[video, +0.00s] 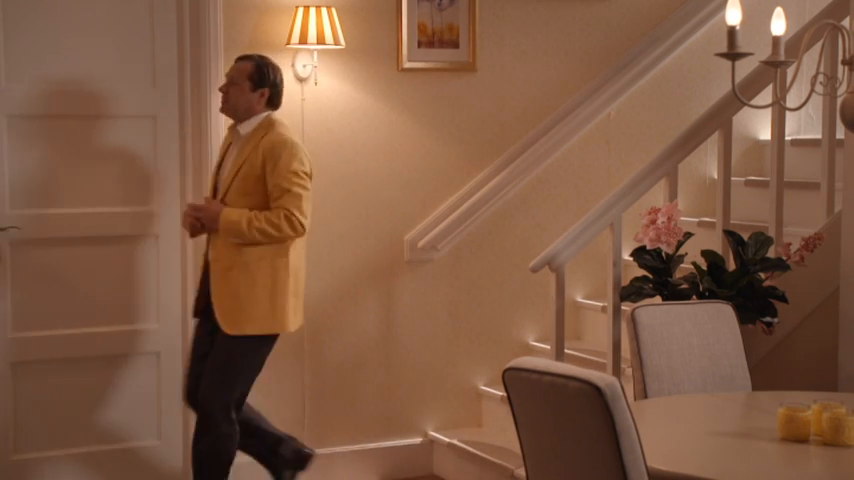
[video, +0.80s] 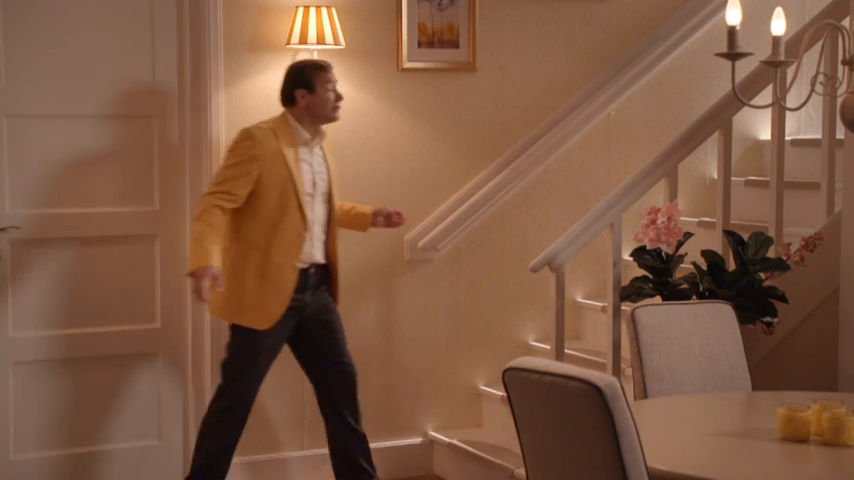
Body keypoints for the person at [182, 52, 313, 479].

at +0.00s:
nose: (221, 89)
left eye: (232, 83)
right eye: (225, 82)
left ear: (261, 95)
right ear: (250, 96)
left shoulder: (283, 147)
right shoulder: (235, 140)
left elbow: (292, 221)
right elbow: (238, 207)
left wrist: (222, 217)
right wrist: (207, 218)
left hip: (259, 304)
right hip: (222, 298)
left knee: (218, 403)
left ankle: (208, 478)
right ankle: (285, 455)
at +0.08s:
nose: (221, 85)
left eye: (231, 81)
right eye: (223, 79)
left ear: (260, 93)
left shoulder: (283, 147)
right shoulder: (218, 140)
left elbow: (295, 219)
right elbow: (217, 204)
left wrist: (221, 216)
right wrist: (192, 217)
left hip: (251, 296)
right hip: (206, 286)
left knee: (215, 407)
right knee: (179, 390)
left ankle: (210, 477)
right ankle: (250, 456)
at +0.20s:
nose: (240, 80)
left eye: (250, 76)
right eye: (233, 73)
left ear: (265, 88)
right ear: (220, 80)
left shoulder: (286, 139)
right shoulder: (196, 133)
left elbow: (310, 207)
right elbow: (179, 190)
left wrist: (255, 216)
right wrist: (170, 217)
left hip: (253, 284)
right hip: (197, 278)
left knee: (232, 401)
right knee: (183, 391)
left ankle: (219, 478)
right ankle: (180, 476)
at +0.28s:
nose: (254, 89)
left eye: (261, 82)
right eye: (245, 80)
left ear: (268, 91)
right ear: (220, 84)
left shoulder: (286, 141)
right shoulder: (183, 136)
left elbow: (313, 201)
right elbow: (158, 196)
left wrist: (299, 215)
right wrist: (151, 233)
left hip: (257, 285)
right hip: (198, 282)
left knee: (240, 400)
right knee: (188, 398)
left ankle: (224, 479)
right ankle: (181, 477)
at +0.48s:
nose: (280, 95)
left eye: (279, 87)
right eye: (270, 88)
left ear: (273, 92)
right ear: (237, 96)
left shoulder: (282, 137)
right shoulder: (193, 142)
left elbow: (291, 198)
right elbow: (151, 209)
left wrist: (340, 216)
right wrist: (121, 269)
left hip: (269, 285)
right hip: (211, 289)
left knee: (282, 389)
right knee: (206, 403)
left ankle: (269, 477)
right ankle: (195, 477)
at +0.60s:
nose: (300, 93)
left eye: (298, 85)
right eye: (290, 86)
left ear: (273, 95)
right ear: (259, 93)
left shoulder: (286, 138)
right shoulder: (214, 137)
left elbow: (287, 201)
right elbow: (171, 204)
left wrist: (340, 214)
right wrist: (138, 264)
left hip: (279, 285)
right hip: (226, 290)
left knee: (308, 386)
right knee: (211, 400)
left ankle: (325, 476)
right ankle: (195, 479)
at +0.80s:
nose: (339, 96)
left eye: (337, 88)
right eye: (331, 89)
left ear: (310, 98)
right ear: (302, 97)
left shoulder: (317, 148)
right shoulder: (257, 142)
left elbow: (321, 209)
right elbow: (217, 203)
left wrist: (371, 217)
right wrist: (205, 259)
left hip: (313, 290)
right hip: (265, 292)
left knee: (340, 383)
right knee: (235, 398)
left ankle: (358, 476)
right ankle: (203, 478)